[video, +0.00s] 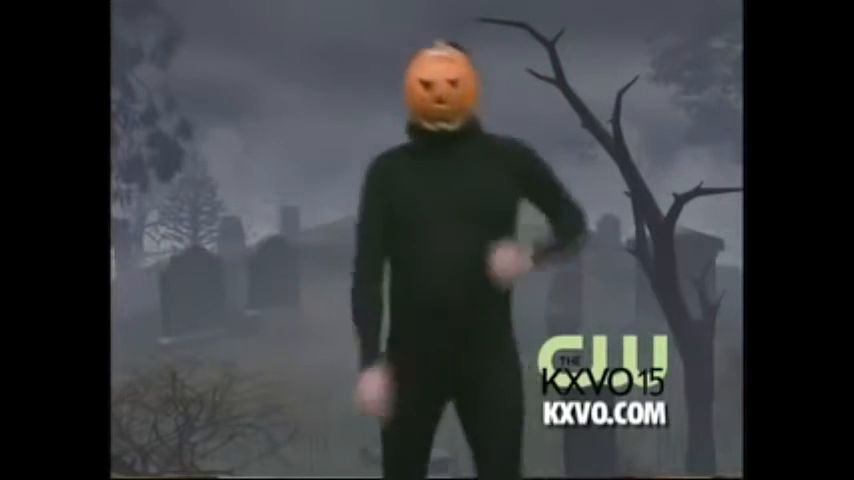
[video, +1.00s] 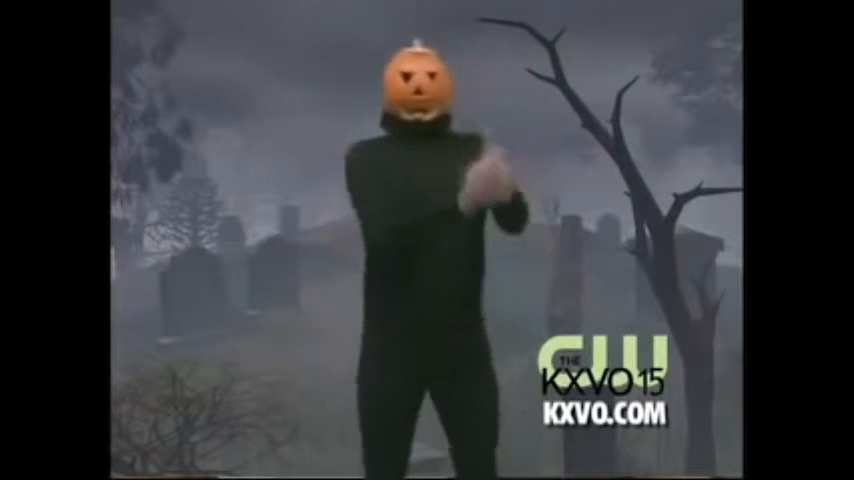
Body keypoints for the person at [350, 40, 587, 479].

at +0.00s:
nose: (440, 93)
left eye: (453, 82)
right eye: (426, 83)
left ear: (473, 92)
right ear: (408, 94)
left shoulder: (508, 159)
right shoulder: (388, 171)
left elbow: (573, 229)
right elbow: (367, 271)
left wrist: (531, 256)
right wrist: (370, 360)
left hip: (487, 354)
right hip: (413, 355)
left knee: (501, 471)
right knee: (401, 472)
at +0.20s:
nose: (487, 120)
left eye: (500, 110)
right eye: (473, 111)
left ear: (516, 125)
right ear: (452, 125)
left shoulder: (535, 203)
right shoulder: (430, 197)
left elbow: (547, 310)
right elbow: (397, 265)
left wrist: (462, 283)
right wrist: (360, 331)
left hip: (508, 379)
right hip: (434, 371)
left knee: (527, 471)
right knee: (359, 468)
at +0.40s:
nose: (488, 69)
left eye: (502, 60)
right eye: (475, 59)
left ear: (520, 78)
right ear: (455, 76)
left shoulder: (535, 153)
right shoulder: (435, 144)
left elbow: (513, 253)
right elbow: (419, 217)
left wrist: (436, 203)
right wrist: (388, 267)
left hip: (502, 336)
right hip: (431, 329)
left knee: (514, 471)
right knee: (354, 452)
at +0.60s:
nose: (474, 98)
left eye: (487, 90)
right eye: (461, 89)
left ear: (502, 103)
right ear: (442, 103)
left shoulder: (523, 172)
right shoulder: (412, 174)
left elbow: (530, 255)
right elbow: (386, 253)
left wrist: (493, 310)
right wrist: (355, 276)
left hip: (495, 357)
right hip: (420, 353)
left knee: (509, 470)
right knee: (398, 468)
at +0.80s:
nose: (444, 111)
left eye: (456, 103)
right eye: (430, 102)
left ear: (473, 119)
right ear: (411, 119)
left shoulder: (498, 189)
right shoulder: (388, 189)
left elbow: (527, 286)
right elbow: (366, 286)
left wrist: (526, 260)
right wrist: (362, 201)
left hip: (485, 371)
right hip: (410, 371)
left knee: (512, 471)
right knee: (380, 473)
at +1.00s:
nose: (419, 84)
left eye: (430, 75)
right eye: (406, 75)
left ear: (448, 88)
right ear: (387, 90)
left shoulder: (472, 151)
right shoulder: (367, 158)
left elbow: (514, 223)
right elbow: (384, 228)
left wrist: (502, 190)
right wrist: (461, 203)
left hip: (459, 340)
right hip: (390, 344)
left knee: (478, 467)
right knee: (384, 469)